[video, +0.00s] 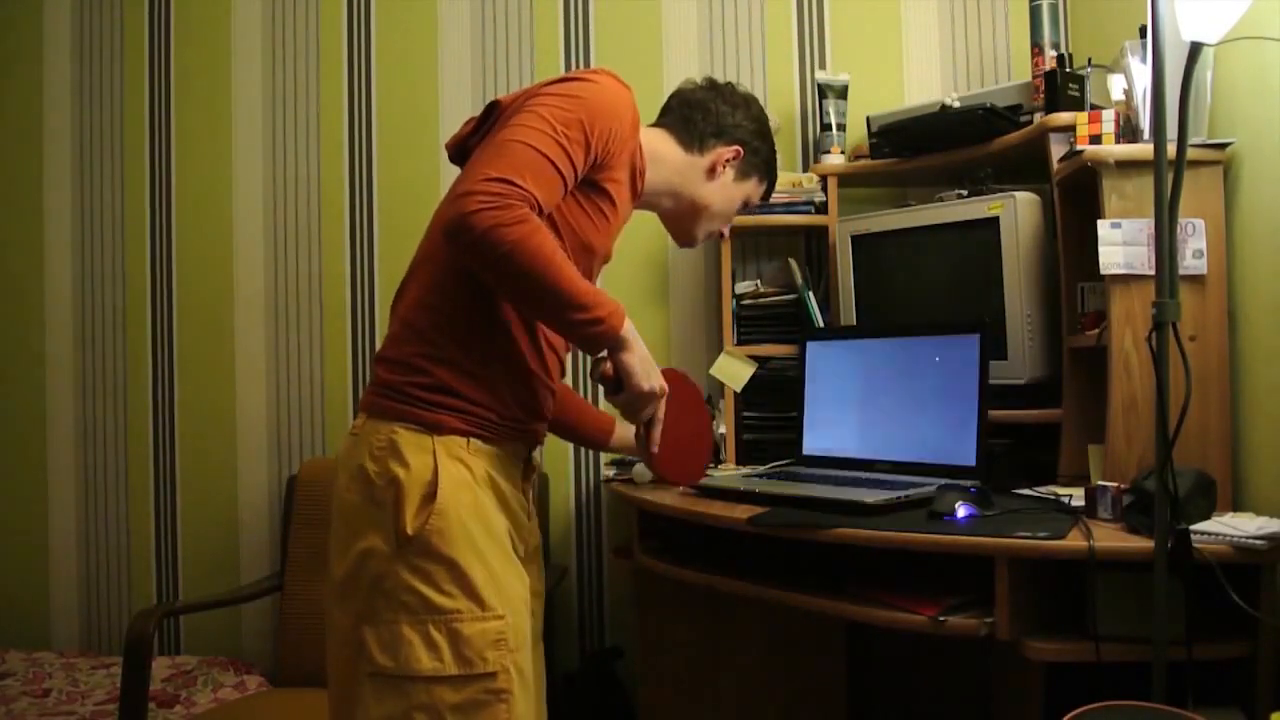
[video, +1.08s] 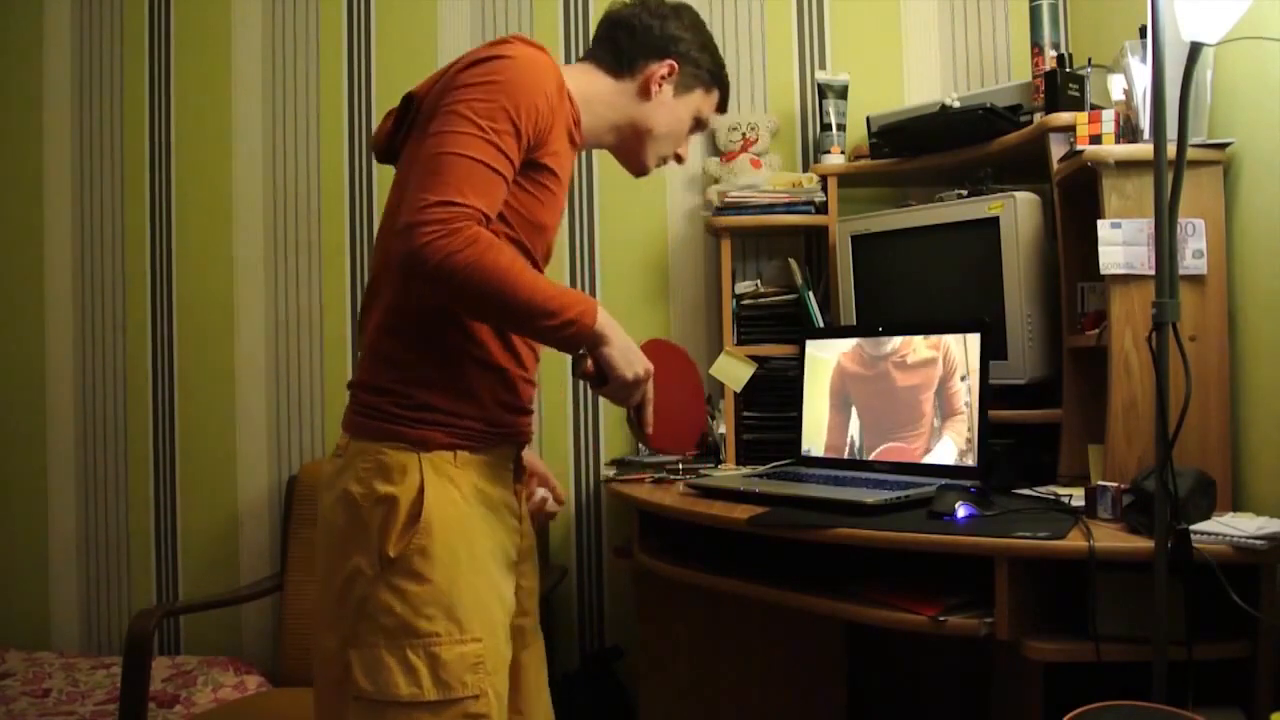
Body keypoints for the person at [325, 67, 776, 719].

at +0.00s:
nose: (725, 230)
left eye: (740, 217)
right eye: (742, 207)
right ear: (724, 161)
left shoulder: (599, 200)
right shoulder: (602, 99)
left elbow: (518, 378)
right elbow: (486, 208)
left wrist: (637, 440)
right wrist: (618, 334)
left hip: (489, 475)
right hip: (432, 471)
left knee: (512, 700)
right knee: (468, 705)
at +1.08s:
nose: (684, 152)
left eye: (697, 135)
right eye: (696, 125)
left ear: (654, 79)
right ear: (661, 78)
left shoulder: (549, 131)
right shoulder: (518, 74)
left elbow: (464, 317)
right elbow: (437, 237)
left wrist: (510, 451)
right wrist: (592, 324)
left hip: (479, 483)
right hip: (422, 486)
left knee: (516, 708)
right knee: (438, 706)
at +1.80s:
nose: (565, 45)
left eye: (577, 26)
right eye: (571, 12)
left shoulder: (410, 63)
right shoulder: (382, 56)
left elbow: (420, 304)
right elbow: (384, 315)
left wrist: (554, 303)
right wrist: (543, 411)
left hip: (445, 493)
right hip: (394, 507)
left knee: (508, 710)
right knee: (424, 709)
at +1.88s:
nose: (565, 37)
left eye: (576, 17)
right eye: (568, 5)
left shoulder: (408, 61)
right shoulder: (377, 51)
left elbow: (419, 303)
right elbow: (382, 317)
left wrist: (548, 308)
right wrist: (546, 401)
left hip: (448, 497)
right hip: (395, 508)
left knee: (508, 706)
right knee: (424, 706)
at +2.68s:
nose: (564, 35)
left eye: (574, 13)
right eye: (568, 5)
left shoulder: (416, 69)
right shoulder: (336, 47)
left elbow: (416, 297)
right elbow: (296, 286)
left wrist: (578, 329)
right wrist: (490, 380)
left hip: (445, 497)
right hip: (362, 508)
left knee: (508, 710)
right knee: (388, 710)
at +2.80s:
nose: (567, 38)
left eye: (577, 18)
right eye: (571, 7)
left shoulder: (423, 76)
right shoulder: (328, 40)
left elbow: (413, 301)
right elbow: (249, 273)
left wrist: (555, 332)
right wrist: (446, 382)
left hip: (450, 492)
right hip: (356, 502)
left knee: (511, 710)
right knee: (373, 710)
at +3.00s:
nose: (578, 47)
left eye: (589, 25)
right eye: (583, 13)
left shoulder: (447, 94)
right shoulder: (331, 50)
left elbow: (426, 294)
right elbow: (252, 274)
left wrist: (547, 360)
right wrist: (445, 375)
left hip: (456, 494)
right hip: (350, 499)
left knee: (503, 710)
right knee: (362, 709)